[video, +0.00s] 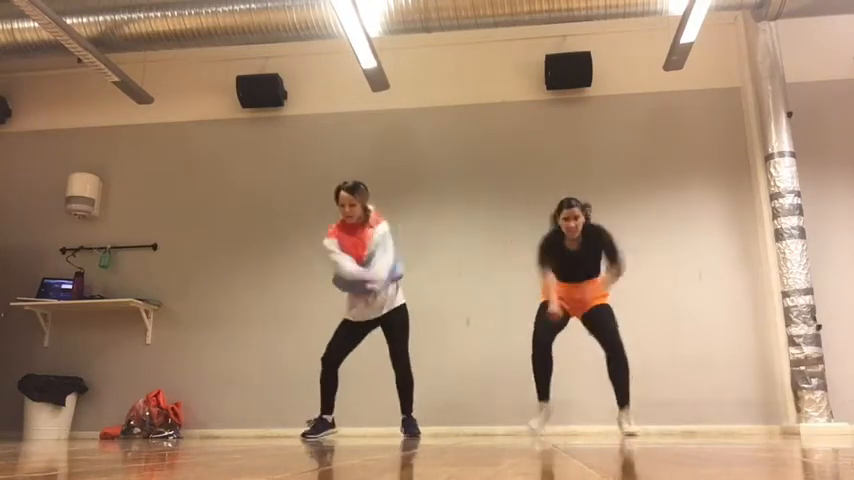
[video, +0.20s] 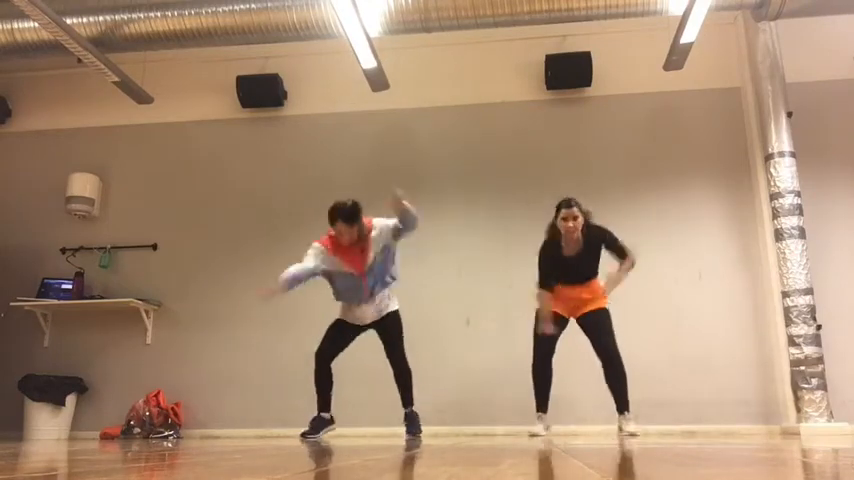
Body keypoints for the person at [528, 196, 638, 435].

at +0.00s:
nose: (571, 224)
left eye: (576, 218)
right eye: (566, 219)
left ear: (584, 218)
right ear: (558, 220)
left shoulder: (598, 235)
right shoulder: (549, 242)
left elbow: (617, 266)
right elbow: (546, 275)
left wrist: (600, 287)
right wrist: (552, 302)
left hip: (592, 299)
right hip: (559, 299)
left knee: (614, 346)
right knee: (540, 343)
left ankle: (624, 413)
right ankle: (543, 407)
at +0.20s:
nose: (570, 223)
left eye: (575, 218)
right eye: (565, 219)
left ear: (583, 219)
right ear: (557, 222)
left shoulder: (596, 234)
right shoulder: (549, 247)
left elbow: (628, 259)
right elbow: (544, 288)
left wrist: (610, 285)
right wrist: (545, 319)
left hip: (590, 299)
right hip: (556, 301)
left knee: (609, 353)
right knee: (541, 354)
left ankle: (625, 416)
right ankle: (541, 418)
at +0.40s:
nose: (575, 244)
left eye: (579, 238)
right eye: (570, 239)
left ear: (588, 233)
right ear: (562, 235)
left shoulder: (598, 251)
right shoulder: (556, 233)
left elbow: (603, 288)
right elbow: (540, 223)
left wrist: (601, 310)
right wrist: (528, 219)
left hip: (587, 303)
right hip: (553, 299)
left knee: (622, 343)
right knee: (539, 351)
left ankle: (639, 408)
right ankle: (533, 416)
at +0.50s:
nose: (561, 266)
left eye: (565, 260)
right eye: (557, 260)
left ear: (578, 255)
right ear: (552, 255)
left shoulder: (589, 278)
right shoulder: (557, 254)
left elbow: (585, 326)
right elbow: (569, 223)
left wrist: (577, 364)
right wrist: (568, 193)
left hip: (589, 317)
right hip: (557, 314)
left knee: (626, 357)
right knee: (534, 354)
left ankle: (638, 419)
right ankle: (536, 418)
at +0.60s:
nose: (553, 279)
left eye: (558, 273)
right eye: (550, 273)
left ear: (572, 271)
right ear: (548, 270)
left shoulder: (586, 292)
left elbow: (581, 338)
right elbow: (569, 233)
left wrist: (571, 372)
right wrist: (561, 198)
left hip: (590, 327)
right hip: (558, 326)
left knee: (628, 361)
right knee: (534, 359)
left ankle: (641, 421)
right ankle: (537, 420)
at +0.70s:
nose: (561, 265)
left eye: (566, 260)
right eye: (557, 259)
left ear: (577, 258)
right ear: (550, 257)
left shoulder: (589, 276)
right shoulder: (548, 259)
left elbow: (600, 320)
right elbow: (530, 250)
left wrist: (598, 356)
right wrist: (506, 243)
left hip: (590, 321)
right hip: (556, 319)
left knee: (626, 361)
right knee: (537, 361)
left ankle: (641, 421)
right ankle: (537, 421)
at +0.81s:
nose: (557, 226)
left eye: (562, 220)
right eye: (552, 221)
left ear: (571, 221)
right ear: (545, 224)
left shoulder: (585, 236)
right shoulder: (538, 248)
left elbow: (621, 253)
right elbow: (519, 284)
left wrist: (646, 281)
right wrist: (498, 313)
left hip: (590, 298)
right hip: (556, 300)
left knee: (613, 354)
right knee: (542, 354)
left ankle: (640, 417)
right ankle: (539, 419)